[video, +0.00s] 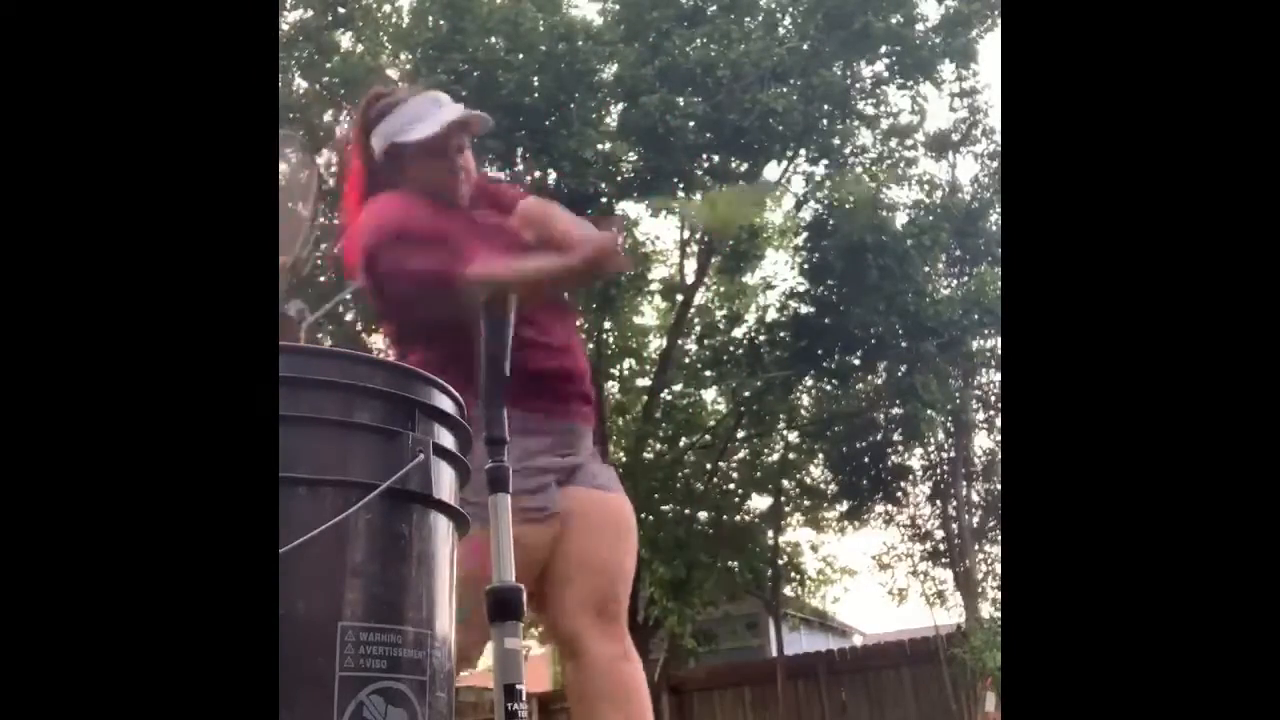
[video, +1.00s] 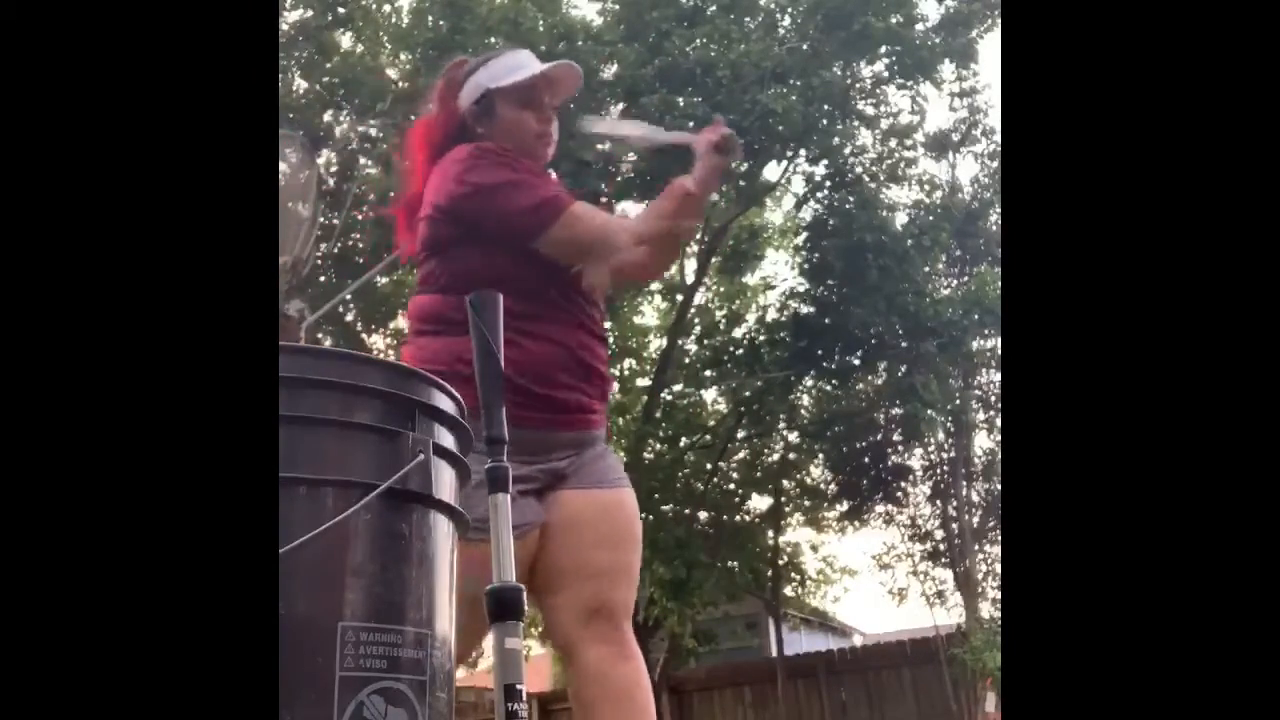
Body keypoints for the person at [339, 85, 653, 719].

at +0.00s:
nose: (459, 158)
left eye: (463, 141)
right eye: (436, 149)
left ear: (473, 142)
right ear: (393, 165)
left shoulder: (496, 200)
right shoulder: (390, 221)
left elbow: (581, 238)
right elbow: (463, 279)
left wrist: (573, 239)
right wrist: (577, 263)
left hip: (575, 445)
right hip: (483, 450)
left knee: (601, 632)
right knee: (447, 648)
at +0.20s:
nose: (496, 125)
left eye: (492, 115)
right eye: (479, 116)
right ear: (436, 129)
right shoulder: (453, 186)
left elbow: (559, 216)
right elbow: (599, 136)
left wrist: (610, 169)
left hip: (581, 457)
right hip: (495, 454)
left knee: (593, 637)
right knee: (461, 659)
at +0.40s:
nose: (528, 114)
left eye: (523, 103)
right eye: (509, 105)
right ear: (469, 121)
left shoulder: (447, 199)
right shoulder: (515, 160)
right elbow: (623, 162)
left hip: (586, 457)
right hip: (501, 455)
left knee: (593, 641)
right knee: (459, 658)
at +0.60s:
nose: (539, 122)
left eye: (537, 111)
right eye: (520, 111)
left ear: (466, 127)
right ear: (477, 122)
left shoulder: (456, 192)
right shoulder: (519, 166)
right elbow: (633, 184)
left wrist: (430, 121)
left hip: (582, 456)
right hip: (494, 452)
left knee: (594, 641)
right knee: (447, 663)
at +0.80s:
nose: (532, 128)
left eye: (534, 116)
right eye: (513, 114)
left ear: (535, 121)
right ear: (467, 123)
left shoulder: (521, 186)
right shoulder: (470, 178)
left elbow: (577, 201)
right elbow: (607, 213)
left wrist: (624, 134)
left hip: (577, 455)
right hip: (491, 454)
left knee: (592, 639)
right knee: (444, 656)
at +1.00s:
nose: (550, 119)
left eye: (552, 106)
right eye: (530, 104)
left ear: (552, 112)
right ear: (481, 115)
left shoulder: (550, 199)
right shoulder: (470, 174)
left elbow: (639, 259)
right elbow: (617, 242)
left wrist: (697, 182)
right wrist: (699, 177)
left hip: (581, 450)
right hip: (478, 452)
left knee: (605, 634)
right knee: (439, 653)